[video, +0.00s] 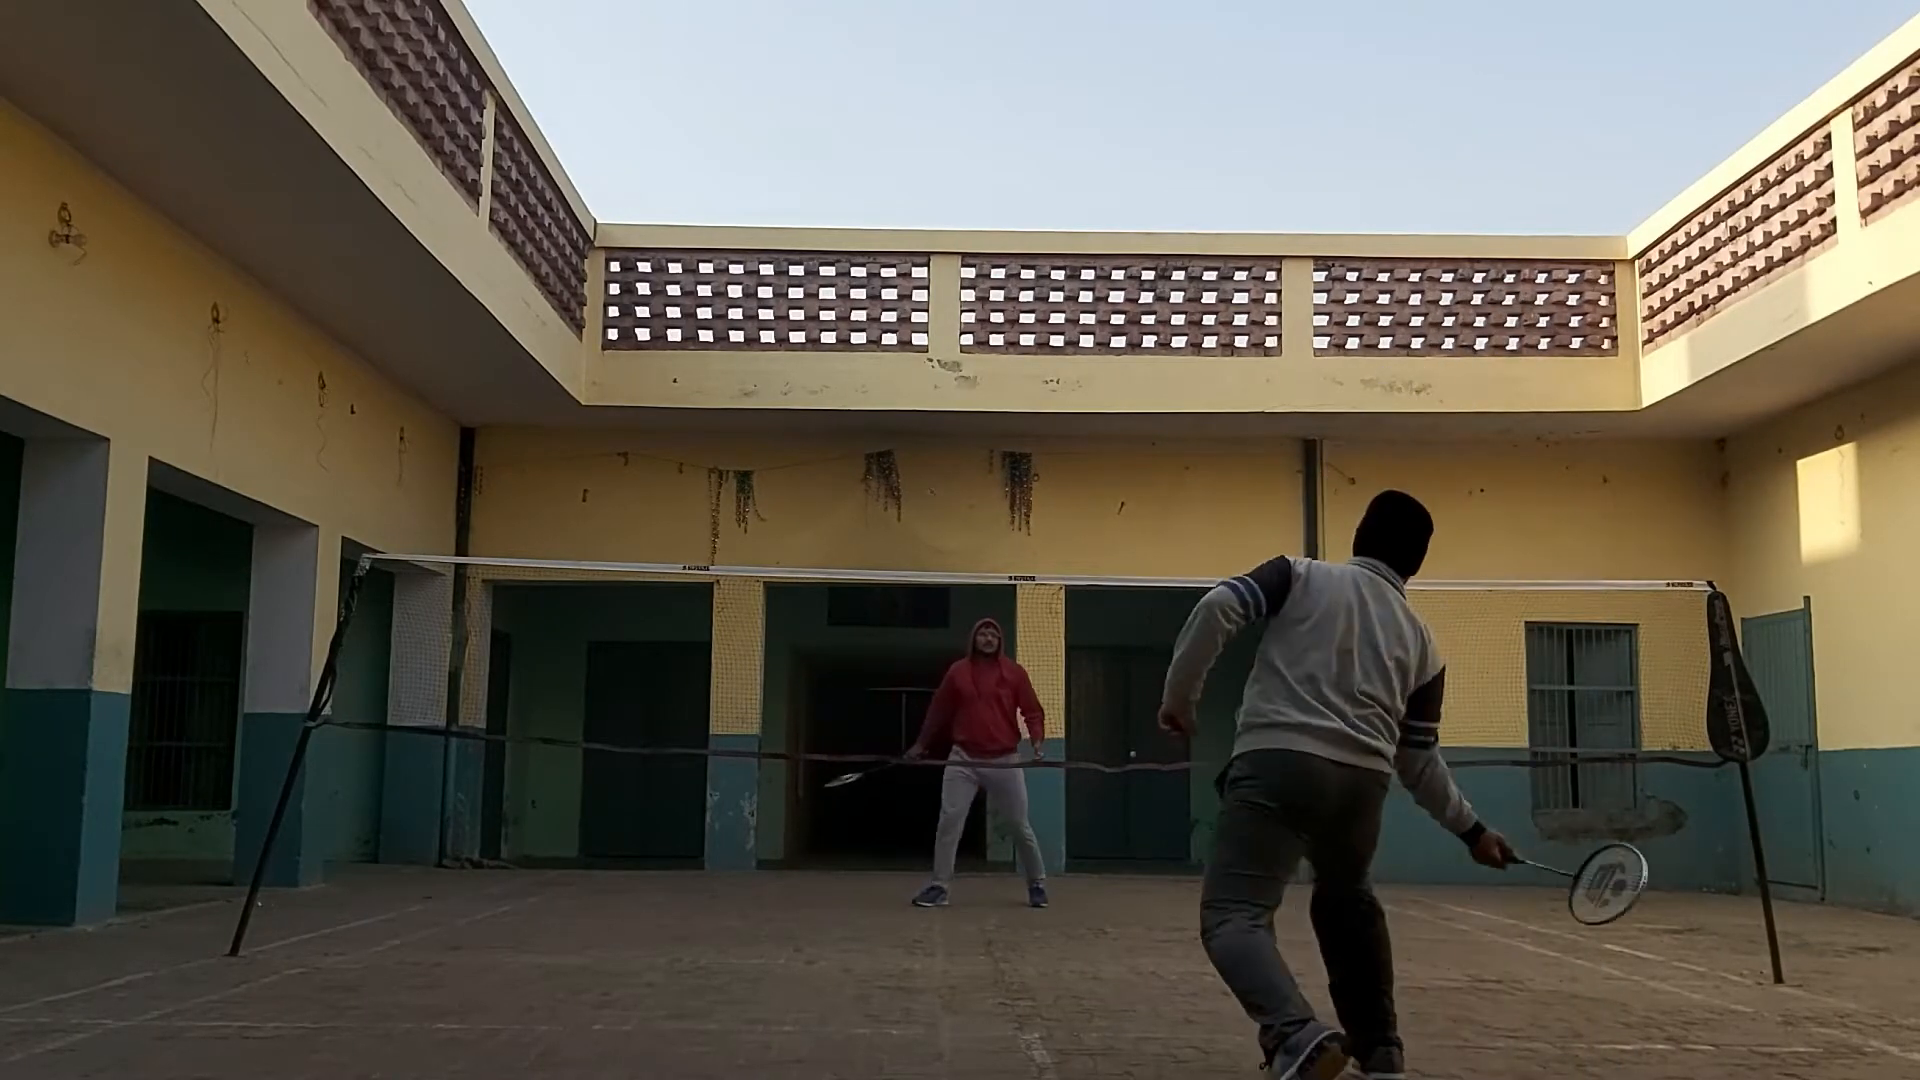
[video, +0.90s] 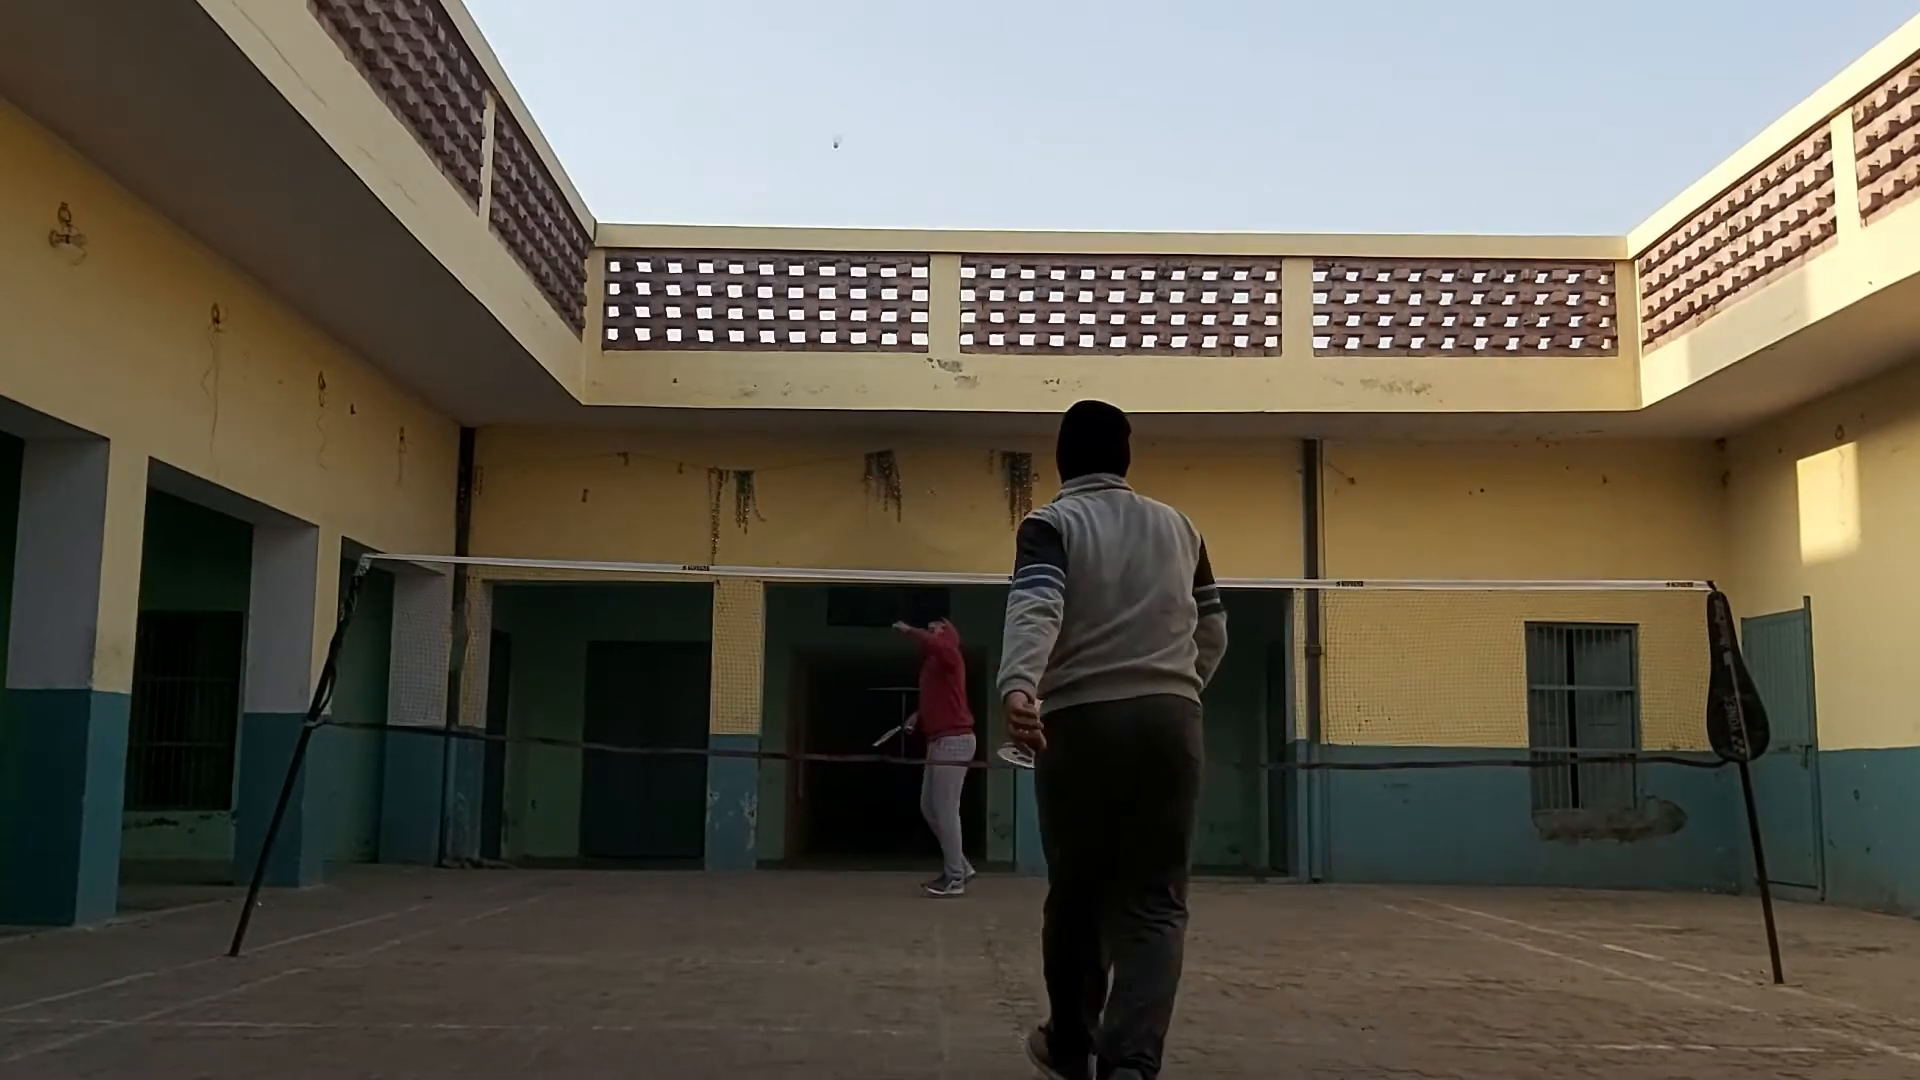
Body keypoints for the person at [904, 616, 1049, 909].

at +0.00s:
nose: (987, 638)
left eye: (992, 635)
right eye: (982, 634)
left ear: (1000, 641)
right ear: (973, 639)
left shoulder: (1014, 672)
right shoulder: (958, 670)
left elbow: (1033, 711)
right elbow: (938, 709)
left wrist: (1037, 741)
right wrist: (920, 744)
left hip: (1003, 760)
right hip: (963, 758)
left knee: (1018, 826)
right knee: (949, 821)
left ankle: (1036, 883)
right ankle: (939, 886)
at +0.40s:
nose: (993, 637)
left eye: (998, 635)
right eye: (988, 635)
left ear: (1006, 643)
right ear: (980, 643)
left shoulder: (1019, 671)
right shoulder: (972, 674)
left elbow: (1037, 709)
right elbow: (965, 715)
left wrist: (1018, 730)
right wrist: (959, 745)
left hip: (1018, 761)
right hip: (982, 759)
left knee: (1026, 821)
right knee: (966, 815)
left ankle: (1036, 884)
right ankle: (973, 875)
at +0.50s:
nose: (983, 645)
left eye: (988, 643)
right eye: (979, 642)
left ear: (997, 651)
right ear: (973, 651)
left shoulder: (1011, 680)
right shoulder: (969, 686)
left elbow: (1021, 713)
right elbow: (964, 725)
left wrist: (990, 720)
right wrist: (954, 753)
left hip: (1016, 769)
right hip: (981, 768)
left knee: (1026, 822)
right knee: (959, 818)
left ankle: (1036, 884)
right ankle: (968, 877)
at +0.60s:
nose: (969, 652)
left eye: (975, 649)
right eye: (966, 649)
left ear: (985, 656)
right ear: (961, 658)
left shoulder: (995, 683)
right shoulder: (962, 688)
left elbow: (996, 709)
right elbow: (963, 729)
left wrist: (961, 704)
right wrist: (948, 755)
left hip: (1005, 768)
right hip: (975, 768)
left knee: (1017, 823)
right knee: (955, 820)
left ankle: (1034, 884)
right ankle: (966, 880)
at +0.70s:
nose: (953, 645)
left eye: (960, 642)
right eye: (952, 642)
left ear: (971, 650)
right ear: (950, 651)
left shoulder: (977, 676)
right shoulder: (955, 678)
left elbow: (964, 684)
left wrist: (940, 678)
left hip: (985, 760)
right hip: (964, 761)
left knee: (1000, 821)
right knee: (949, 817)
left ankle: (1023, 879)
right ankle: (965, 879)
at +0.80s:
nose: (942, 640)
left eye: (948, 636)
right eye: (941, 637)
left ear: (961, 643)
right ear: (941, 644)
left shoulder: (966, 666)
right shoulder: (941, 672)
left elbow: (958, 662)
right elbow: (940, 716)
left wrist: (930, 650)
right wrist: (922, 736)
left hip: (970, 746)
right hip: (947, 747)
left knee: (968, 811)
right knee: (944, 815)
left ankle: (999, 874)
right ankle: (963, 877)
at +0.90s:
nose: (931, 633)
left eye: (936, 629)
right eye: (931, 629)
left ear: (946, 633)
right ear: (935, 633)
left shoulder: (949, 654)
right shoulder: (934, 662)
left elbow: (933, 640)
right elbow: (938, 700)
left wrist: (909, 631)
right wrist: (917, 718)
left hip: (953, 741)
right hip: (940, 741)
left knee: (944, 807)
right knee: (929, 805)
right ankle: (960, 865)